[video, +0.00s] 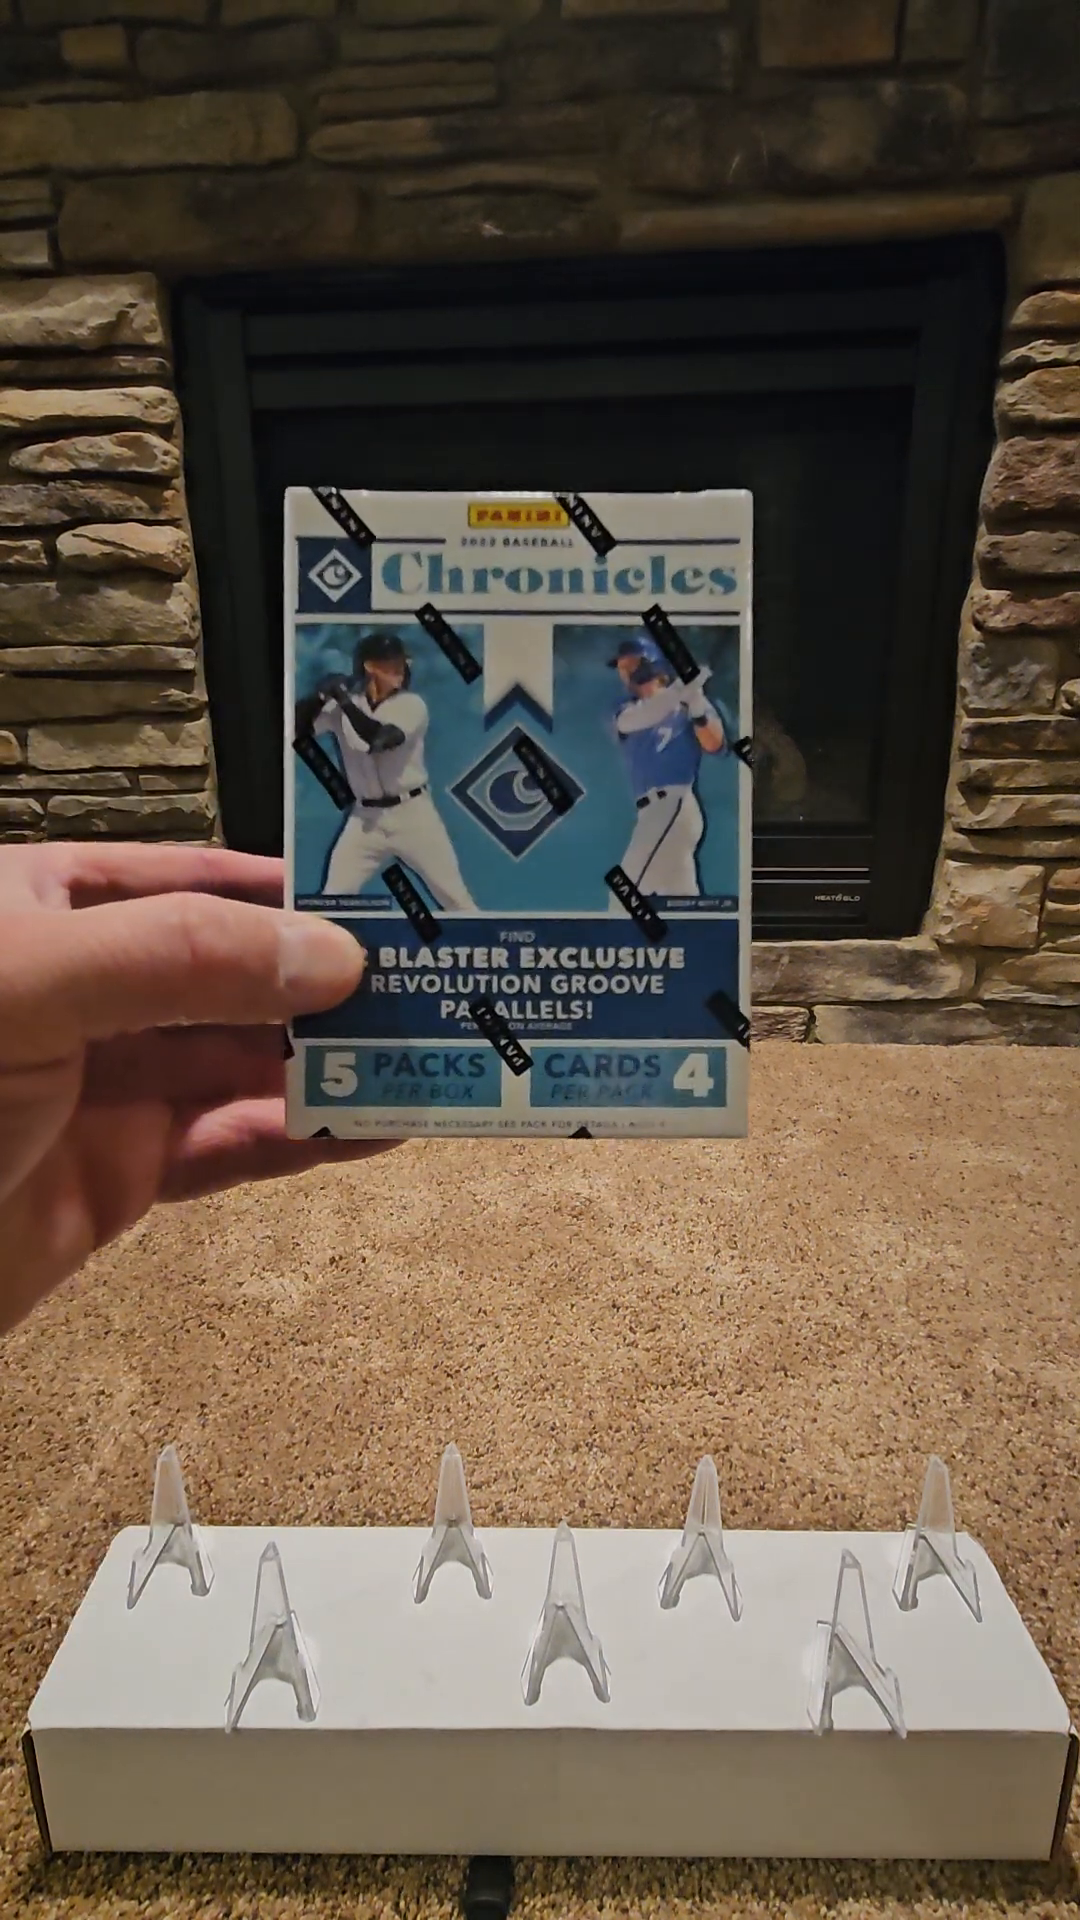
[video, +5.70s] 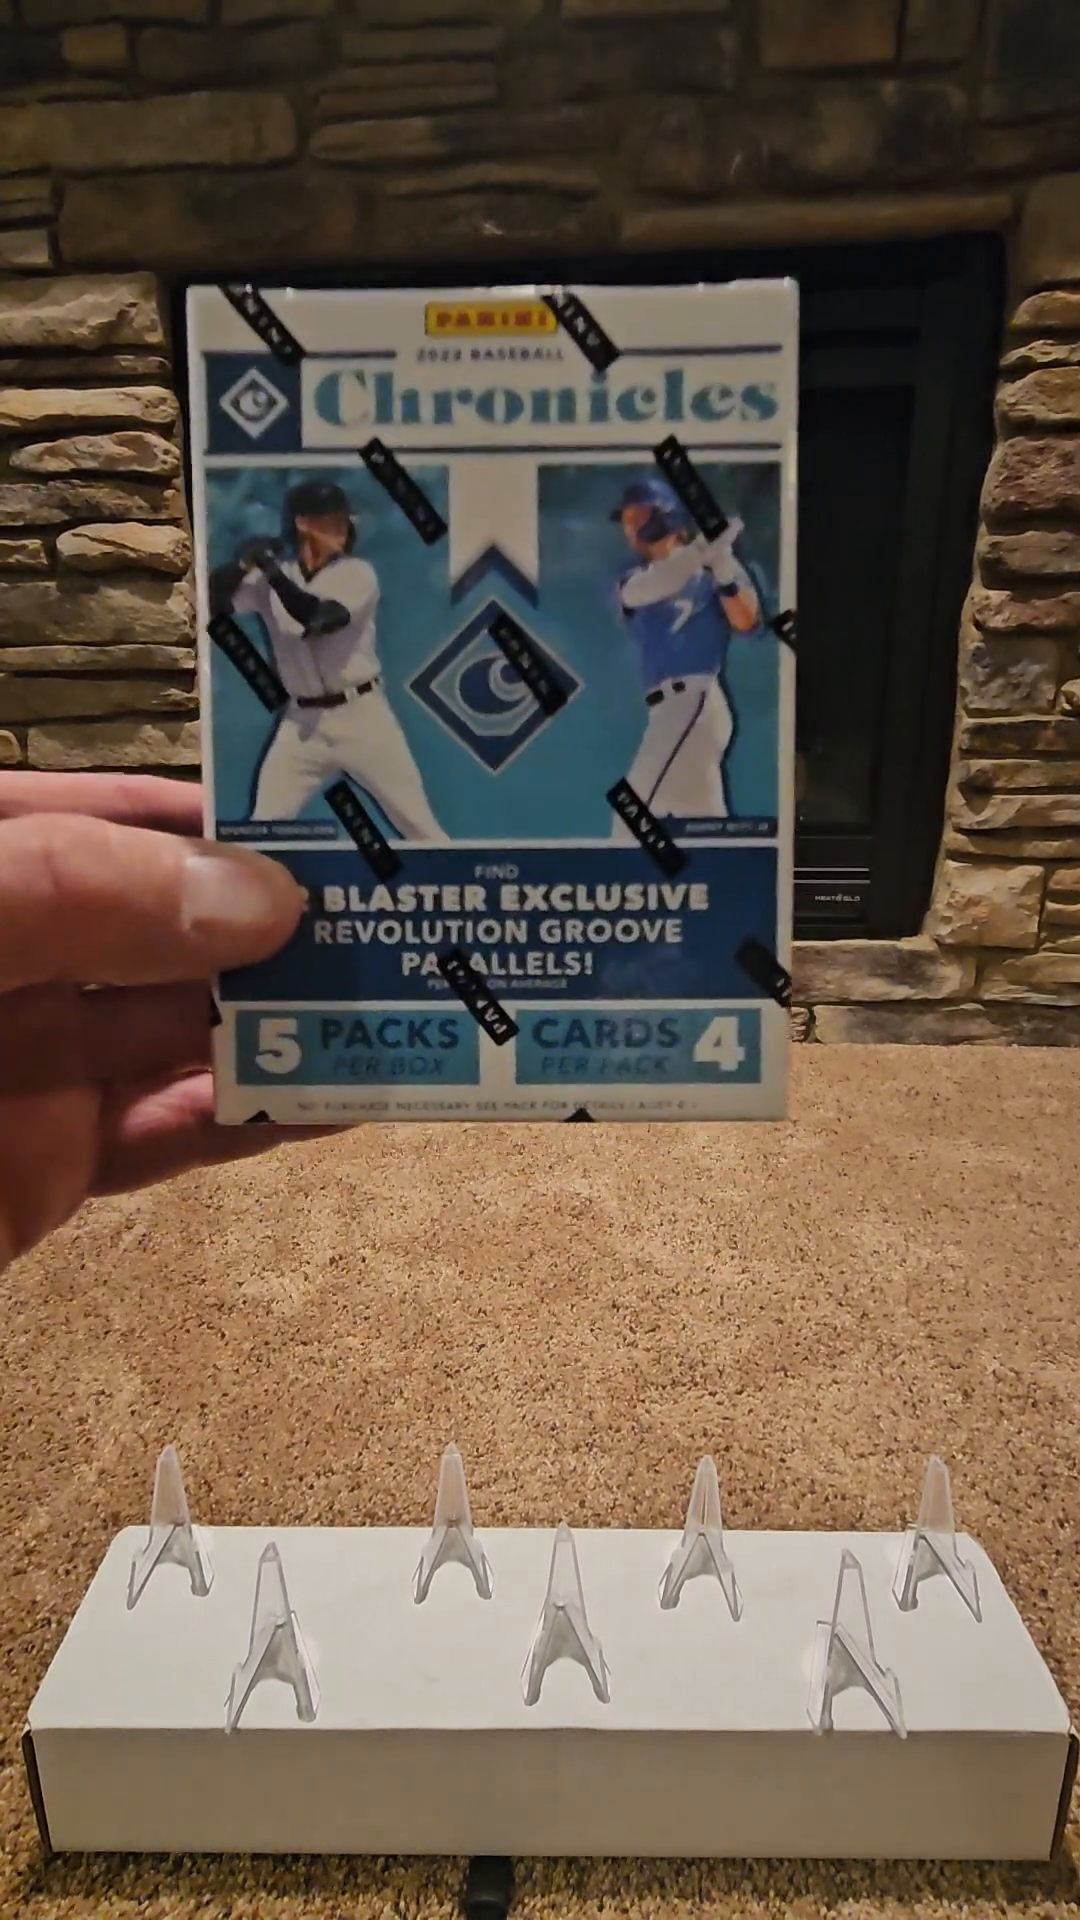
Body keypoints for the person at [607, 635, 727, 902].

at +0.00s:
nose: (622, 671)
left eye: (629, 662)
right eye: (620, 664)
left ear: (649, 664)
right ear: (619, 670)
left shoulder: (691, 702)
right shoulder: (626, 711)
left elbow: (714, 745)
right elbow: (644, 717)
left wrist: (697, 704)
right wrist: (680, 689)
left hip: (674, 807)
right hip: (651, 811)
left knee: (626, 893)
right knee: (683, 904)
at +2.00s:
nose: (622, 704)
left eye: (629, 695)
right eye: (619, 697)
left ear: (649, 695)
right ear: (616, 700)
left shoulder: (688, 732)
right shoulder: (621, 741)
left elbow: (711, 777)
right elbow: (642, 746)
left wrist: (694, 733)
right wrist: (676, 719)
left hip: (671, 838)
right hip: (648, 841)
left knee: (620, 924)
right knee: (680, 936)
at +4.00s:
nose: (609, 710)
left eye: (615, 700)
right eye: (606, 702)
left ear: (634, 698)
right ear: (604, 705)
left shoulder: (676, 734)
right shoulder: (611, 746)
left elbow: (702, 779)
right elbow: (630, 750)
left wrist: (684, 737)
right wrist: (666, 722)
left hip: (661, 843)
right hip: (637, 847)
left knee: (612, 930)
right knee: (671, 942)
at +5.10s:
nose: (619, 660)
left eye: (627, 649)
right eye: (615, 652)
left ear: (649, 650)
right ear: (610, 657)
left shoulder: (689, 690)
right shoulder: (616, 700)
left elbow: (715, 740)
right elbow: (628, 712)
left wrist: (698, 693)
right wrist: (674, 681)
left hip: (671, 809)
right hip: (645, 813)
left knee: (616, 907)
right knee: (678, 918)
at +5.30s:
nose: (600, 614)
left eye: (608, 603)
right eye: (595, 605)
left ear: (629, 602)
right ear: (589, 610)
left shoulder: (670, 643)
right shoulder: (595, 655)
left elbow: (698, 696)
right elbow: (624, 658)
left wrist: (679, 648)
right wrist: (660, 627)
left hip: (652, 768)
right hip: (625, 771)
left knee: (594, 868)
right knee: (659, 880)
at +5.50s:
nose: (605, 566)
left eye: (612, 555)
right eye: (601, 559)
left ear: (638, 557)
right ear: (598, 565)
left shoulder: (685, 603)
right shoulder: (607, 614)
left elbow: (716, 656)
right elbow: (629, 622)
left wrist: (694, 605)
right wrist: (671, 589)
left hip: (667, 733)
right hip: (639, 737)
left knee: (607, 839)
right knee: (676, 851)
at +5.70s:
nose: (631, 531)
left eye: (639, 519)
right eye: (627, 522)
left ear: (665, 520)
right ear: (624, 528)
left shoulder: (715, 566)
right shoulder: (632, 578)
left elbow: (747, 623)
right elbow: (645, 591)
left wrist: (724, 567)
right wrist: (703, 548)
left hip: (695, 703)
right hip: (667, 708)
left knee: (633, 814)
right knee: (704, 828)